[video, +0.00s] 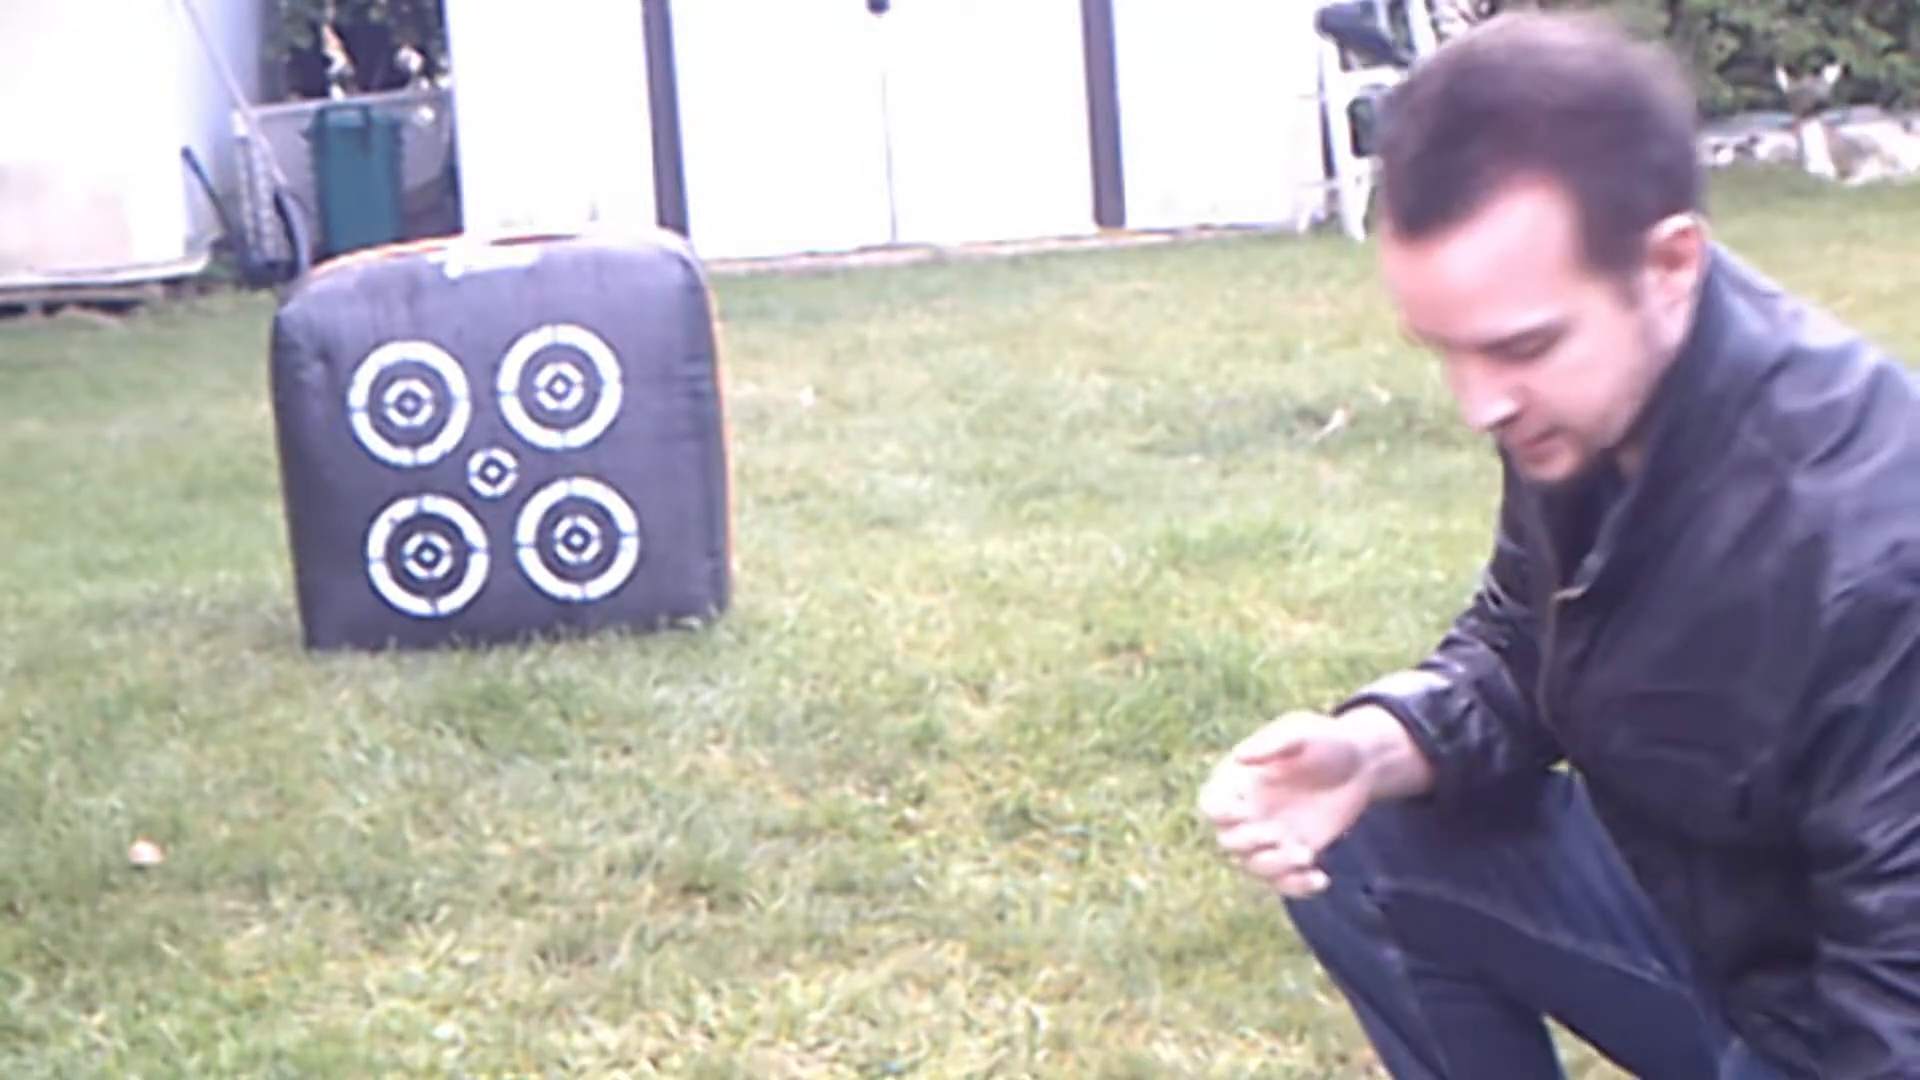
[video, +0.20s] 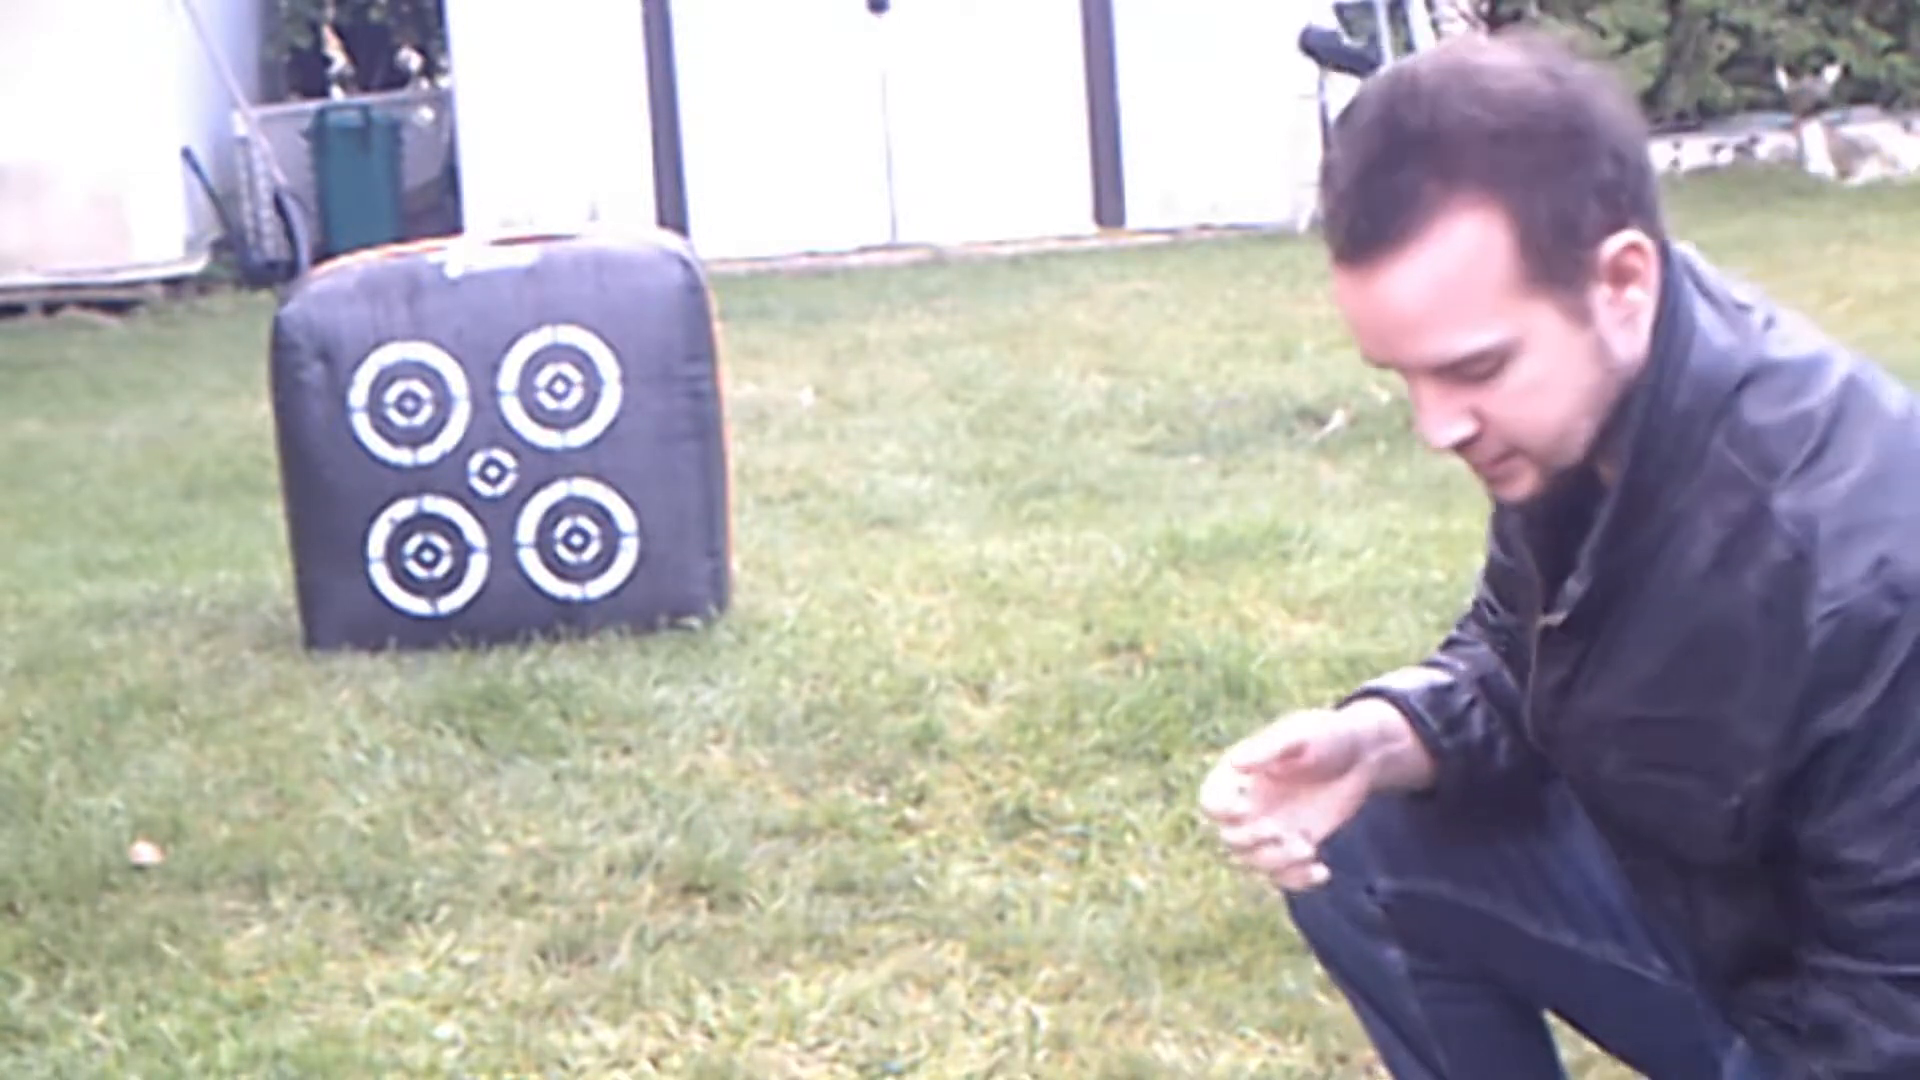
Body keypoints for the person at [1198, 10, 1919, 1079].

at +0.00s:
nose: (1481, 406)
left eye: (1523, 348)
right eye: (1444, 351)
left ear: (1671, 270)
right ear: (1418, 301)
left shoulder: (1879, 541)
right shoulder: (1592, 392)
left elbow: (1893, 1001)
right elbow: (1522, 649)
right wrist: (1373, 751)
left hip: (1843, 1022)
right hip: (1693, 922)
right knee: (1355, 852)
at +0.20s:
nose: (1438, 431)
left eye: (1476, 370)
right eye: (1404, 379)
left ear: (1625, 286)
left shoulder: (1866, 556)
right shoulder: (1583, 416)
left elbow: (1887, 999)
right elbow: (1519, 659)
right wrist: (1386, 742)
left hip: (1844, 1018)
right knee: (1356, 848)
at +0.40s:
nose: (1436, 418)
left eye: (1477, 357)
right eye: (1407, 363)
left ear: (1627, 282)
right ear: (1381, 309)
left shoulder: (1837, 571)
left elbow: (1790, 1022)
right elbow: (1530, 627)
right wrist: (1384, 744)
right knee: (1360, 851)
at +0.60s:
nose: (1476, 350)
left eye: (1521, 286)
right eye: (1446, 291)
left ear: (1674, 223)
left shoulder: (1867, 529)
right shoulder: (1616, 370)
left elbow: (1795, 999)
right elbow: (1536, 635)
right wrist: (1370, 750)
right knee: (1360, 850)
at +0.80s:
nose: (1562, 257)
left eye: (1620, 190)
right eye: (1522, 196)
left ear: (1766, 154)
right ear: (1492, 175)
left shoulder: (1896, 423)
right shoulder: (1583, 359)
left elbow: (1896, 950)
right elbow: (1540, 642)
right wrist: (1369, 756)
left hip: (1872, 997)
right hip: (1706, 922)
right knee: (1359, 851)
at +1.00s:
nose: (1658, 188)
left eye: (1715, 119)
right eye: (1611, 130)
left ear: (1838, 108)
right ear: (1573, 135)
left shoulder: (1901, 368)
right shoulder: (1607, 335)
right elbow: (1542, 630)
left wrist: (1732, 878)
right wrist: (1373, 760)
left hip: (1886, 1028)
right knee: (1391, 909)